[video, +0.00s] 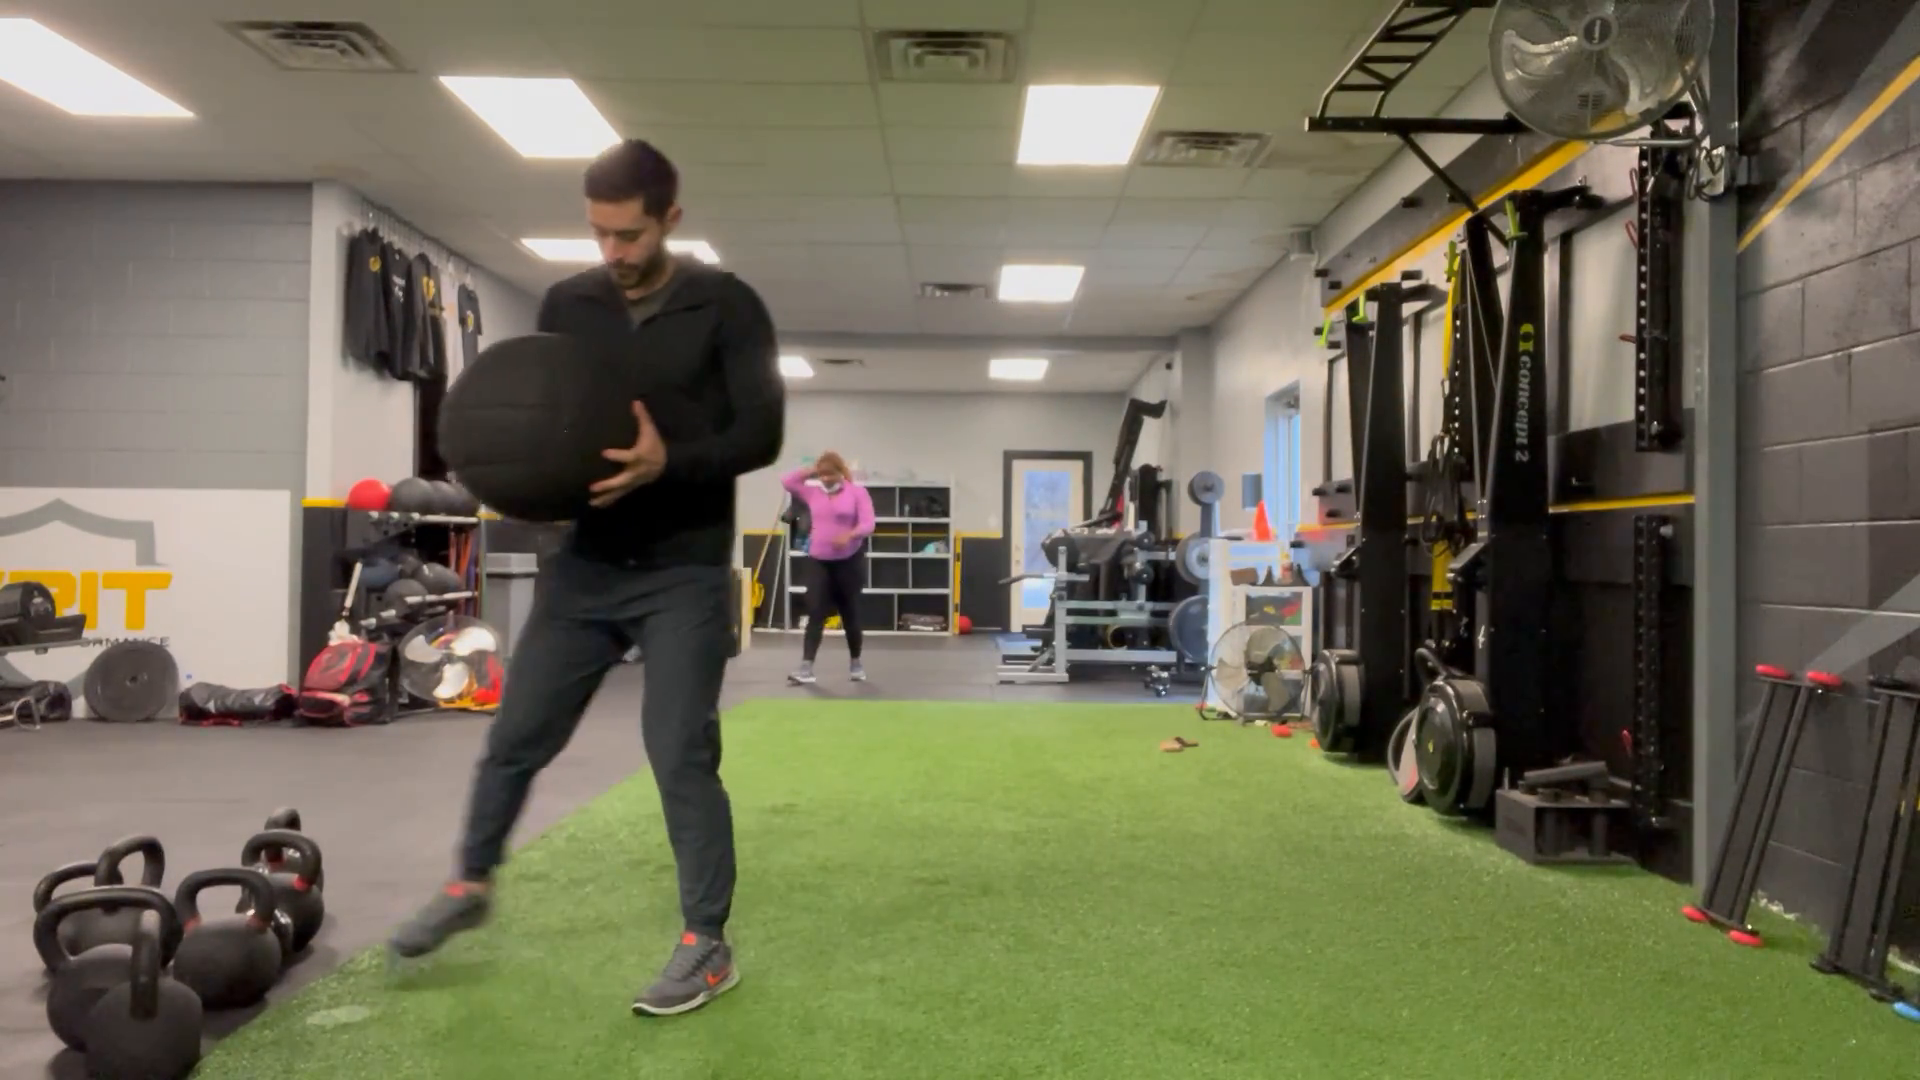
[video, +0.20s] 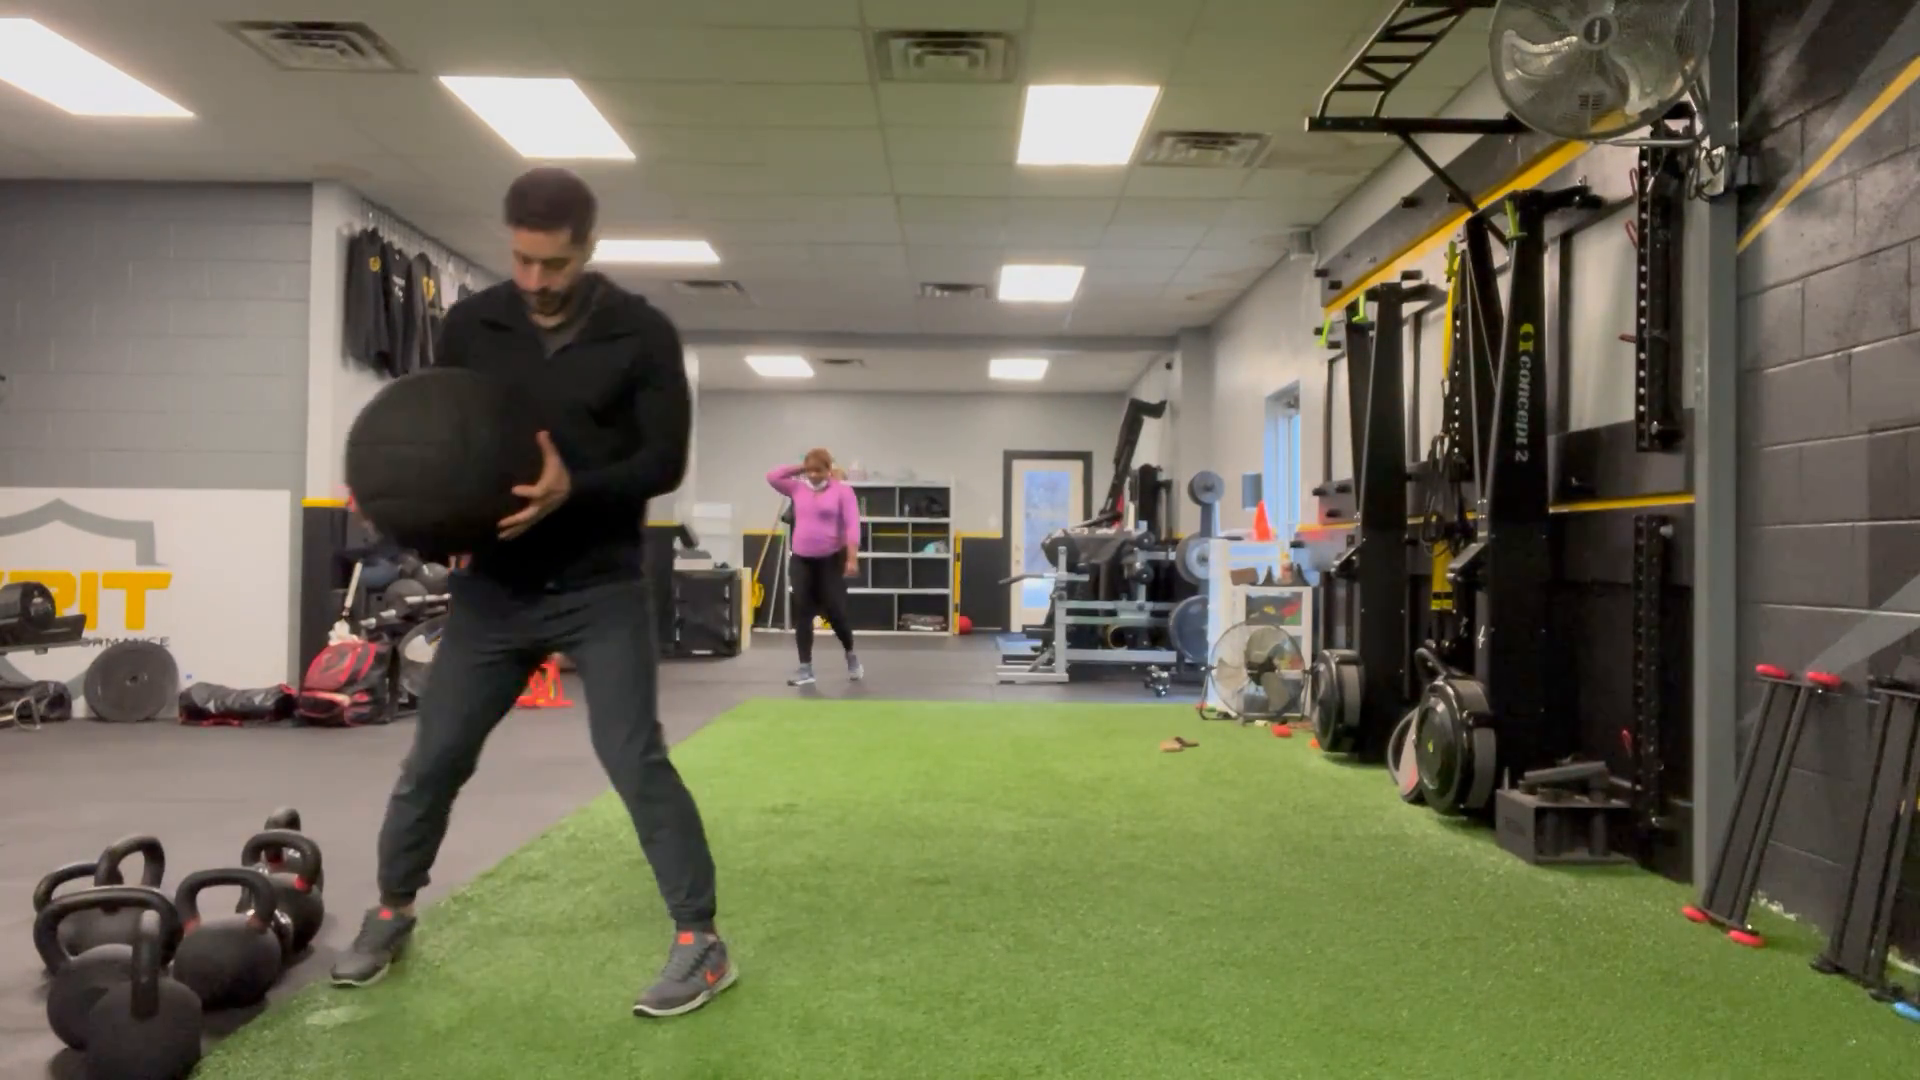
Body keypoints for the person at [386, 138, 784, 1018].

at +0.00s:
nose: (615, 253)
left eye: (632, 235)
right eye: (601, 235)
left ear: (671, 216)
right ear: (587, 222)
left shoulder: (727, 306)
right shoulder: (570, 306)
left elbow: (762, 437)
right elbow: (548, 419)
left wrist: (673, 458)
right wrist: (514, 467)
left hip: (685, 573)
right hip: (581, 569)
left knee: (681, 751)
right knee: (513, 738)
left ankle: (705, 940)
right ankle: (469, 886)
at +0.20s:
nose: (533, 280)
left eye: (552, 264)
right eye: (521, 261)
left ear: (589, 248)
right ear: (506, 243)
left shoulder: (642, 334)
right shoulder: (471, 325)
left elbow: (666, 464)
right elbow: (440, 445)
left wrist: (575, 485)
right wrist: (399, 496)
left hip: (602, 589)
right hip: (492, 591)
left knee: (632, 757)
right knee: (434, 759)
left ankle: (699, 938)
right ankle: (393, 910)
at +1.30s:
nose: (582, 304)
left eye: (600, 286)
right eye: (567, 284)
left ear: (626, 269)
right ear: (543, 265)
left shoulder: (668, 355)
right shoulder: (507, 337)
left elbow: (693, 498)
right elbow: (490, 452)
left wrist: (571, 537)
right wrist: (461, 551)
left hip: (648, 592)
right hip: (548, 592)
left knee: (621, 757)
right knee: (491, 759)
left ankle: (630, 942)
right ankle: (427, 909)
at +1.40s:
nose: (625, 306)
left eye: (644, 289)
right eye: (611, 286)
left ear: (668, 274)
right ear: (587, 265)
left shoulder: (702, 353)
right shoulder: (546, 338)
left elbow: (731, 496)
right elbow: (529, 455)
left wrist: (609, 540)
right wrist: (490, 549)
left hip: (682, 597)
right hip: (583, 598)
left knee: (636, 762)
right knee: (530, 763)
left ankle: (632, 942)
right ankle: (544, 881)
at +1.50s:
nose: (668, 306)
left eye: (685, 289)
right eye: (654, 286)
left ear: (708, 275)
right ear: (627, 265)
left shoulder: (740, 360)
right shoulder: (586, 336)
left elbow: (766, 502)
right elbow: (567, 449)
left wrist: (646, 544)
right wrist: (541, 554)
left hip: (713, 597)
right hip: (617, 594)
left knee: (652, 759)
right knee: (582, 766)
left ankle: (633, 941)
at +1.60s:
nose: (711, 307)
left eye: (727, 291)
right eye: (697, 288)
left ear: (748, 278)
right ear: (667, 265)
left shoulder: (776, 361)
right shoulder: (624, 337)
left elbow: (803, 504)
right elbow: (606, 437)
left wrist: (683, 547)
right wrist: (570, 513)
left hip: (747, 602)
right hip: (653, 600)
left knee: (670, 765)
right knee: (637, 772)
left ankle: (634, 949)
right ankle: (762, 879)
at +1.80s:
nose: (801, 321)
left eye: (817, 305)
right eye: (786, 302)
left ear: (836, 291)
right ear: (753, 281)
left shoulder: (865, 377)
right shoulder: (714, 345)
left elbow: (881, 520)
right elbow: (701, 441)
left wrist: (765, 562)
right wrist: (657, 522)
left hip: (841, 595)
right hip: (750, 595)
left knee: (747, 734)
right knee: (745, 757)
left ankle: (683, 930)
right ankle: (817, 921)